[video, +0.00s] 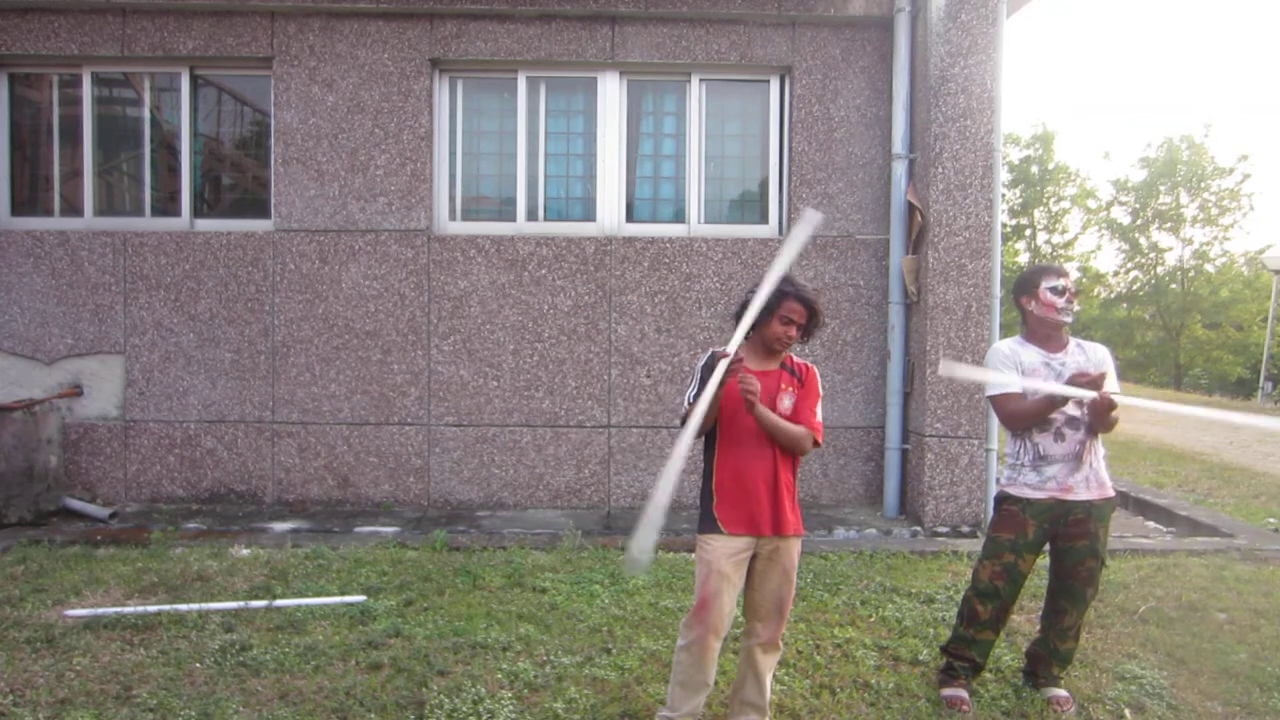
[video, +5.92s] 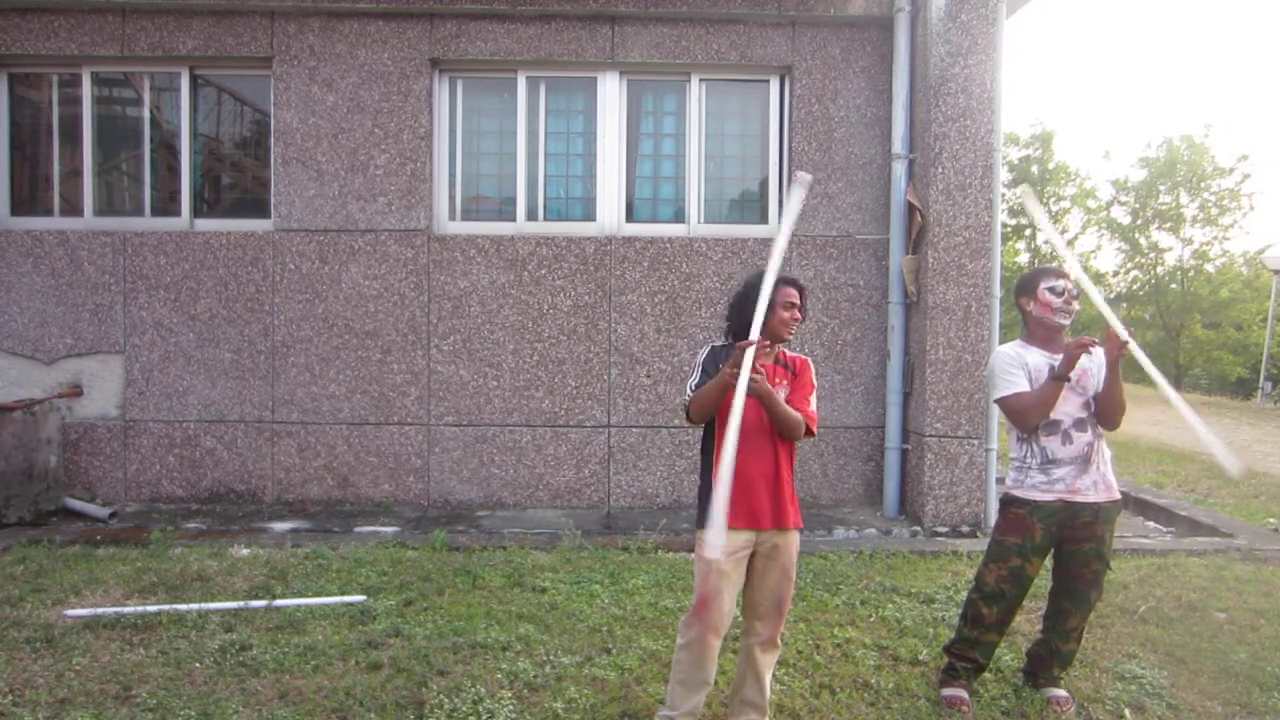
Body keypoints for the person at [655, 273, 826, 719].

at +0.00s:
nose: (792, 333)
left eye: (800, 326)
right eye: (785, 321)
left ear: (804, 330)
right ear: (759, 316)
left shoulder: (804, 373)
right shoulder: (719, 363)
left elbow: (805, 442)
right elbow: (695, 426)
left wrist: (758, 409)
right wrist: (719, 379)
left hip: (782, 520)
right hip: (725, 519)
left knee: (767, 635)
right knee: (707, 624)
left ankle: (749, 715)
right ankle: (678, 714)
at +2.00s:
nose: (788, 321)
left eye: (798, 315)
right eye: (781, 309)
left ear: (804, 326)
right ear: (758, 310)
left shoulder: (809, 374)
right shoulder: (722, 362)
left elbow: (805, 442)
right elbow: (696, 429)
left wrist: (766, 406)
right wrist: (724, 389)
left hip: (784, 521)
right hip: (727, 519)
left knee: (767, 635)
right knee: (709, 624)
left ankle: (749, 715)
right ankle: (678, 714)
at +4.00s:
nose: (782, 319)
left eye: (789, 313)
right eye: (773, 310)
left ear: (795, 322)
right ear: (750, 312)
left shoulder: (797, 358)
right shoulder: (720, 351)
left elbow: (790, 409)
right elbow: (712, 403)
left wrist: (766, 365)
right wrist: (745, 360)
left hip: (779, 515)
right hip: (722, 514)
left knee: (766, 632)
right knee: (703, 618)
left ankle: (749, 714)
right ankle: (678, 713)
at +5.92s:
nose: (796, 316)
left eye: (799, 309)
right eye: (787, 307)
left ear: (797, 317)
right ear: (758, 309)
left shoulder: (799, 366)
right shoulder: (719, 356)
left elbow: (798, 431)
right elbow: (694, 413)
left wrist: (766, 393)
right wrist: (731, 370)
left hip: (780, 516)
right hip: (725, 515)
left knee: (766, 631)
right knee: (708, 621)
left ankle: (749, 714)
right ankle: (678, 713)